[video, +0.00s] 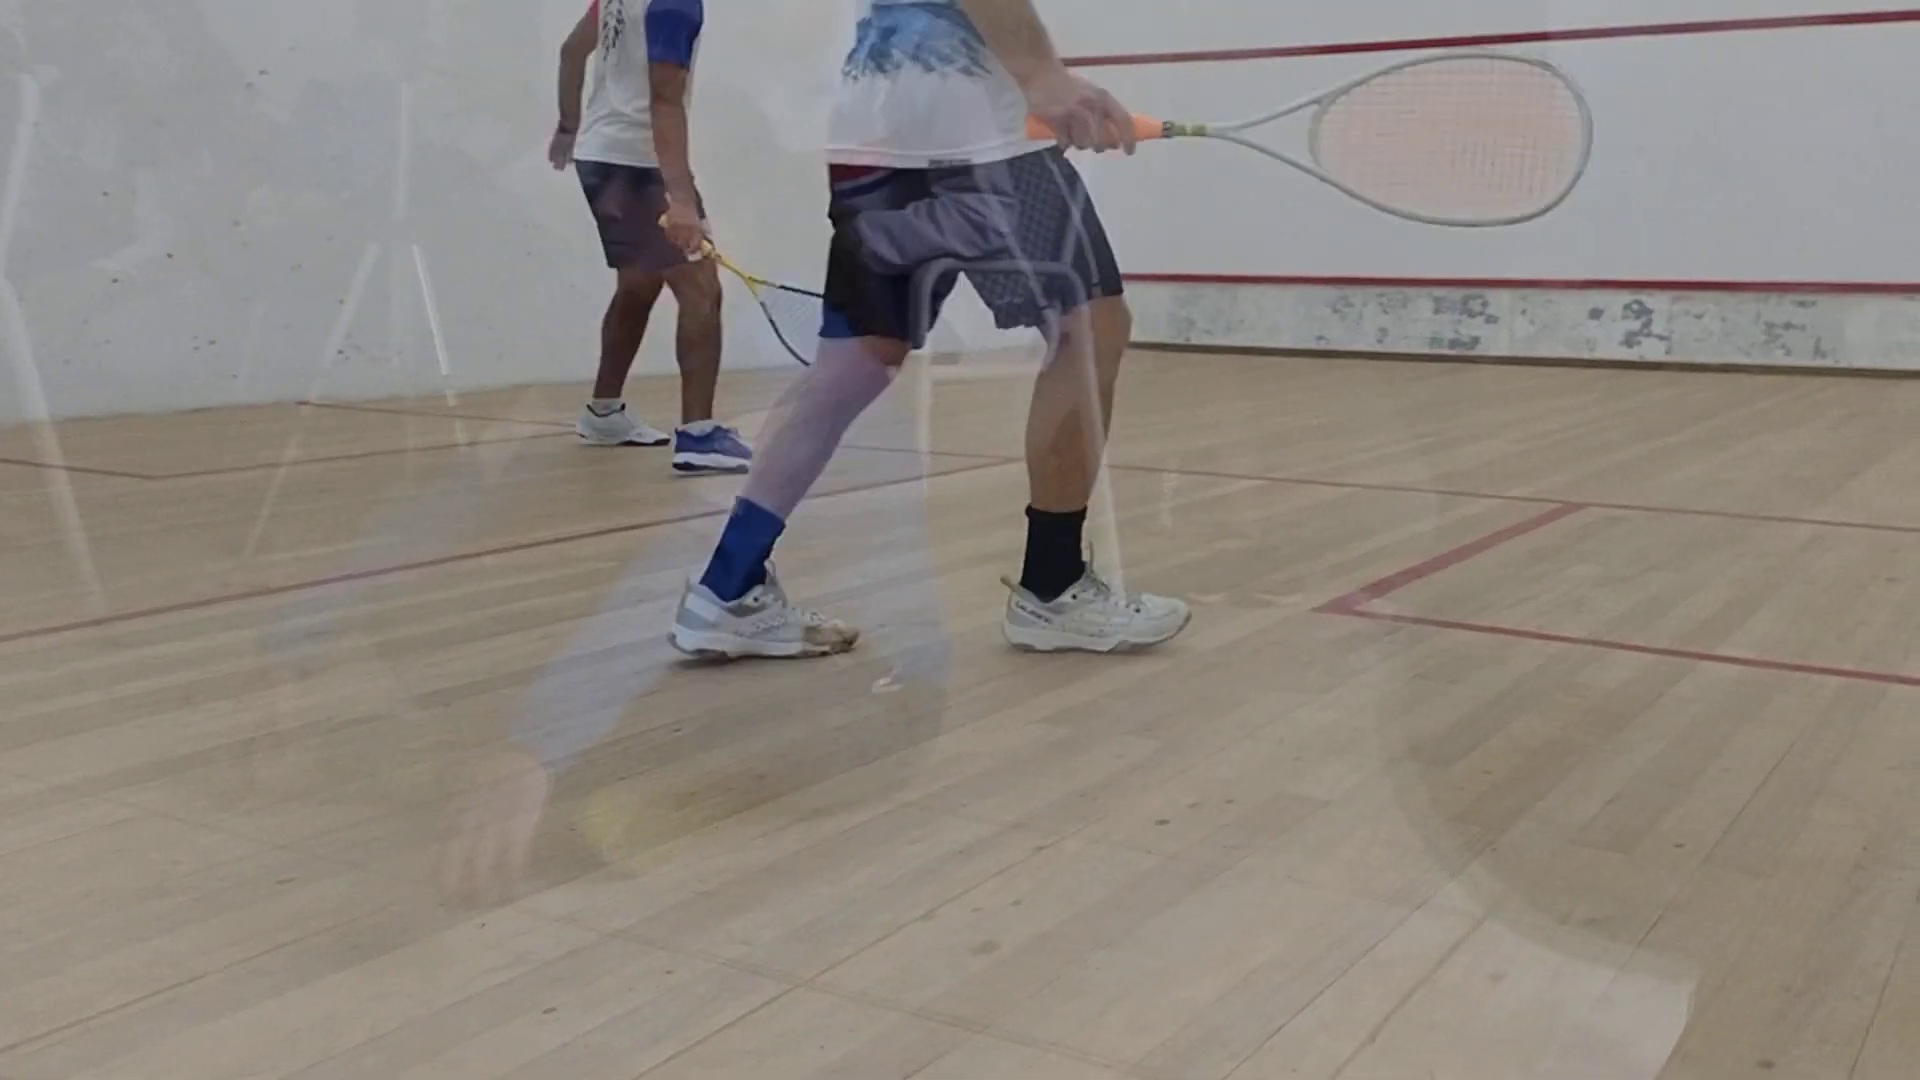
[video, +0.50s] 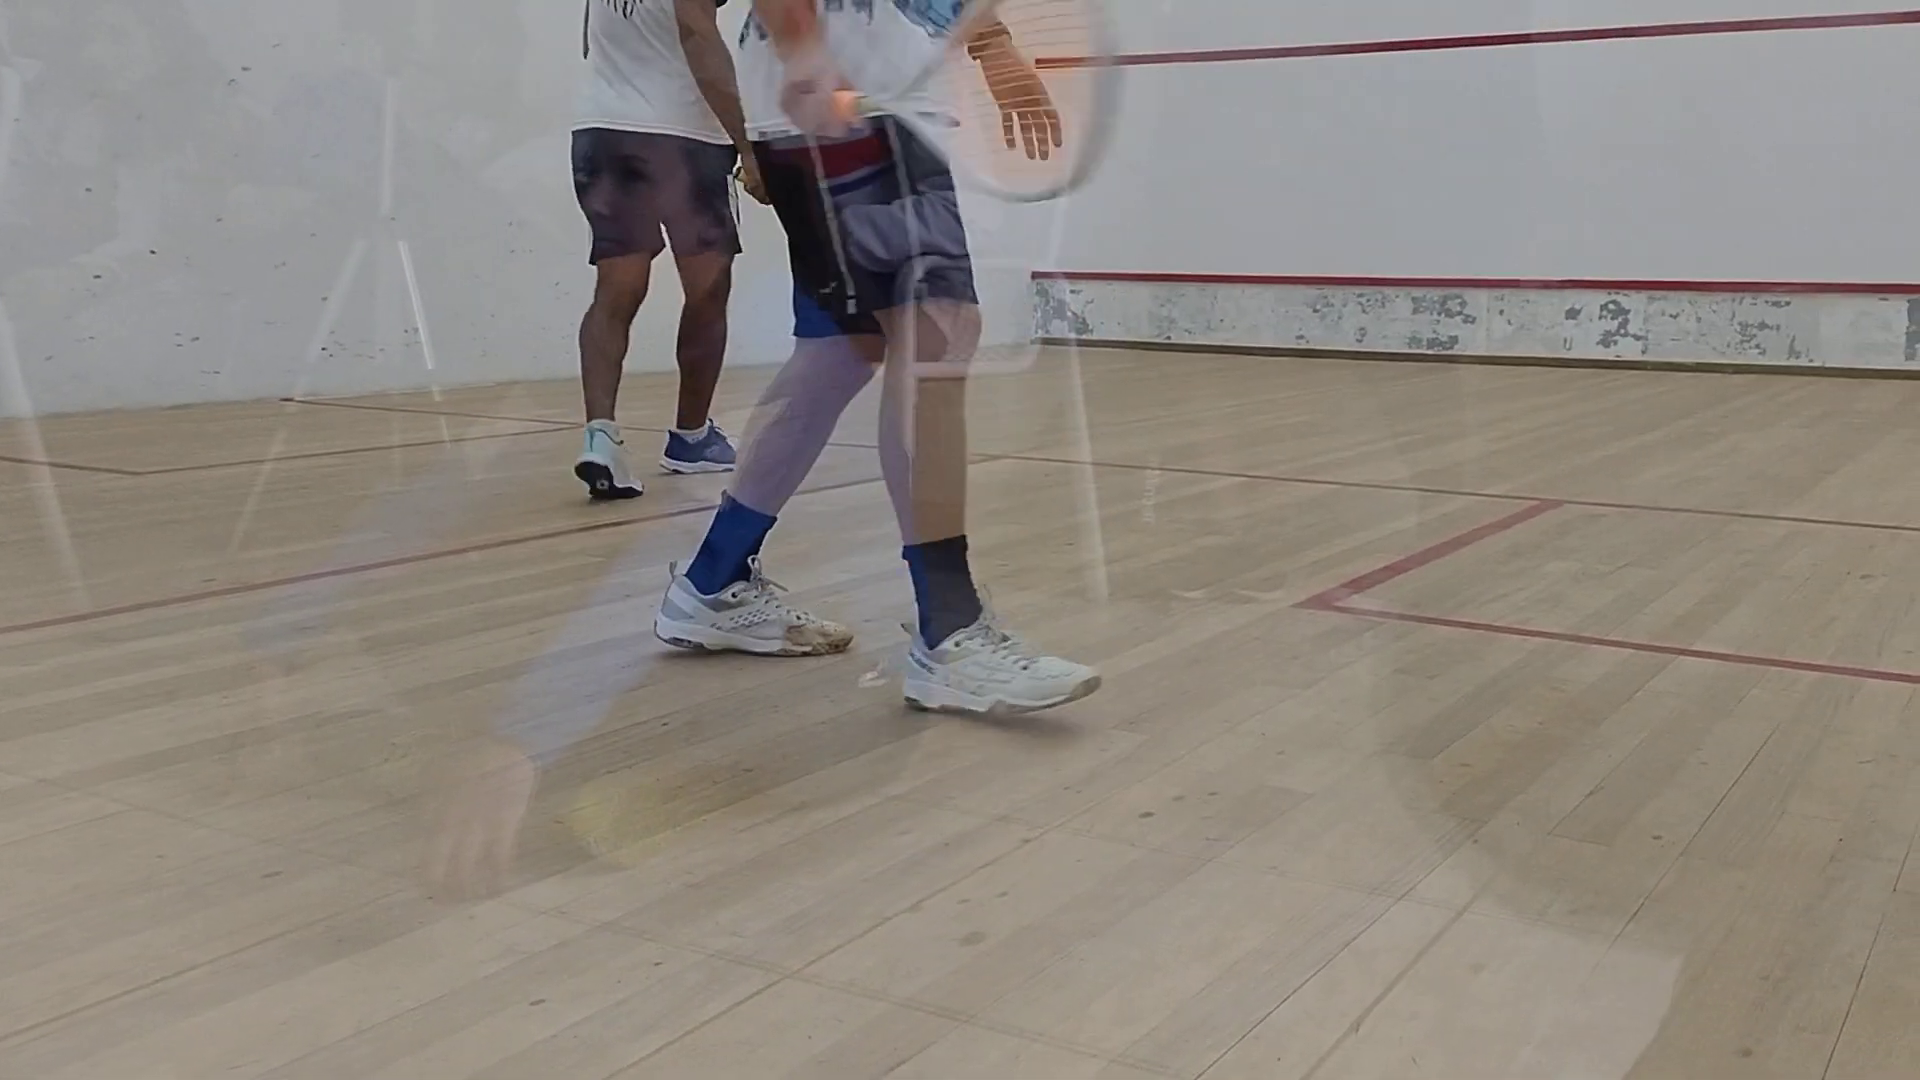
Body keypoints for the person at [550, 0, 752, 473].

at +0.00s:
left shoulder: (618, 3)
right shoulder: (674, 7)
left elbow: (573, 48)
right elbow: (667, 103)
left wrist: (567, 125)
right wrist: (682, 200)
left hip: (602, 160)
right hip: (639, 165)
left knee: (639, 283)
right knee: (701, 289)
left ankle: (603, 410)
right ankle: (698, 431)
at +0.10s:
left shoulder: (618, 4)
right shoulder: (688, 6)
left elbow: (576, 51)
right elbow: (679, 79)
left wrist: (564, 133)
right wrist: (690, 184)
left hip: (606, 145)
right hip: (660, 148)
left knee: (633, 275)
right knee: (718, 288)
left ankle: (606, 403)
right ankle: (695, 436)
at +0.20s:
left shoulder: (610, 0)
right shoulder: (694, 4)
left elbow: (584, 46)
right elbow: (694, 59)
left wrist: (605, 135)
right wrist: (709, 160)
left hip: (608, 136)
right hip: (668, 139)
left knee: (645, 264)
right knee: (713, 281)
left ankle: (603, 409)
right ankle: (694, 436)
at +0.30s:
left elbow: (590, 40)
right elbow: (700, 35)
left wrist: (632, 101)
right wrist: (725, 147)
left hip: (610, 127)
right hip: (678, 128)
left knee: (639, 269)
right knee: (705, 282)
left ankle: (607, 397)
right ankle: (691, 435)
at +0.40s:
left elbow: (594, 38)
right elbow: (703, 35)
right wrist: (740, 150)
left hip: (611, 132)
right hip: (687, 137)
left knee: (628, 284)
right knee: (704, 288)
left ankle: (606, 385)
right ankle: (689, 435)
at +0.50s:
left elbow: (596, 45)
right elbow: (697, 32)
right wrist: (747, 145)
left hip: (602, 124)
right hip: (686, 131)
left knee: (617, 290)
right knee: (707, 289)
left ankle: (599, 436)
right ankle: (691, 435)